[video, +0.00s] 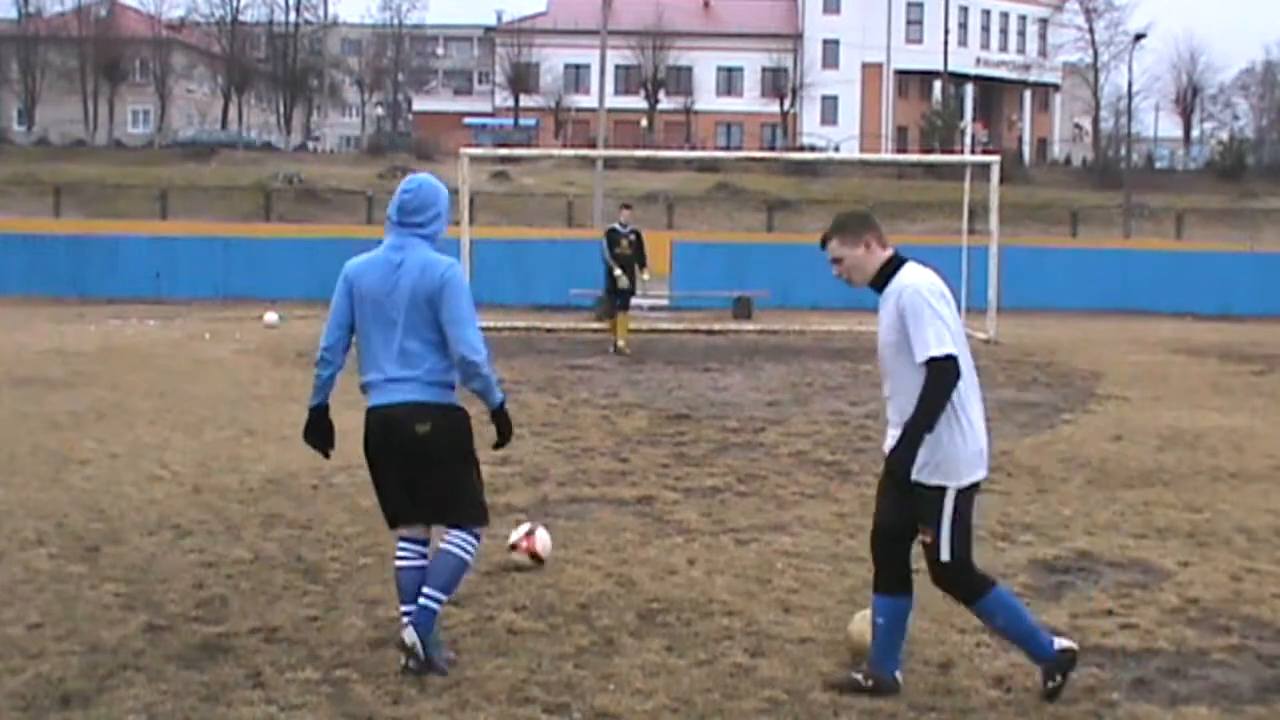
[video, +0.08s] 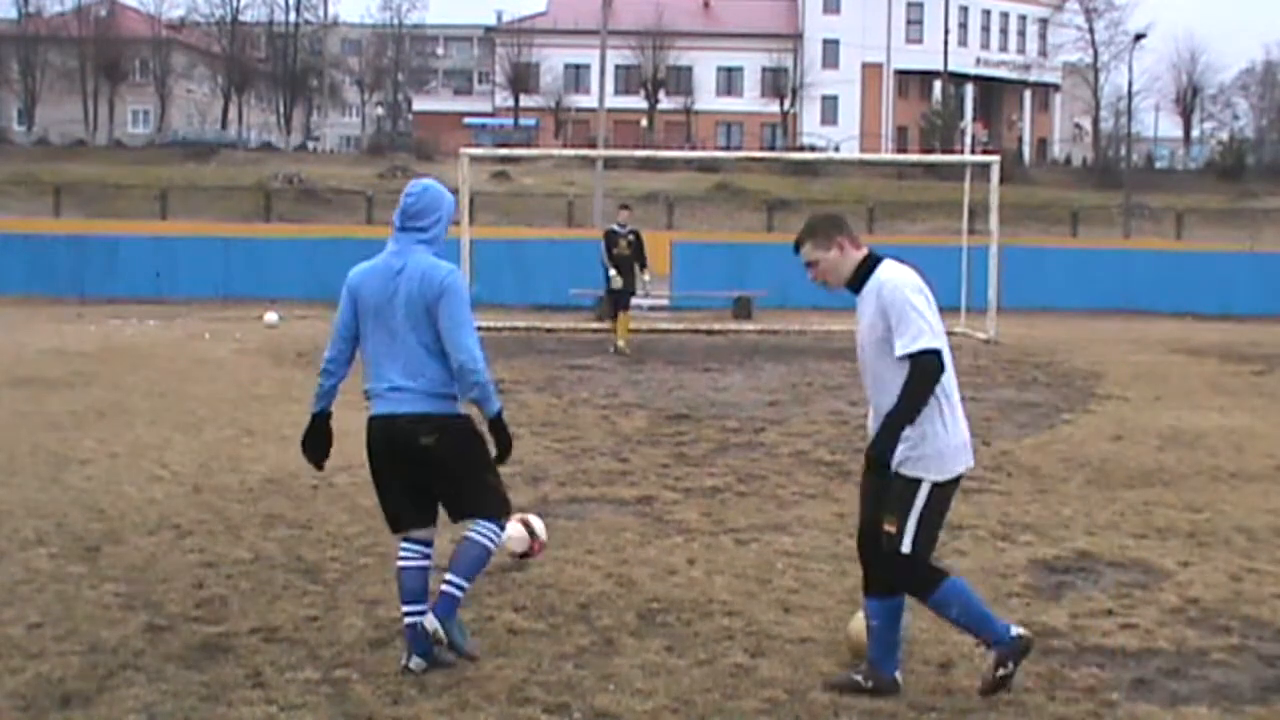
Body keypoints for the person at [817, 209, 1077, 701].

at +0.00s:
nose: (838, 273)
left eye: (841, 261)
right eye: (833, 264)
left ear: (873, 245)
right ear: (868, 251)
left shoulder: (915, 288)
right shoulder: (894, 294)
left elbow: (943, 371)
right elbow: (928, 375)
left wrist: (904, 446)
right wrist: (905, 444)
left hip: (948, 456)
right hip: (910, 451)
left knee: (951, 569)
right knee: (889, 547)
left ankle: (1050, 653)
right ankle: (882, 670)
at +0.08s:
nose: (813, 276)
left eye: (815, 263)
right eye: (808, 267)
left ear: (845, 246)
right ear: (842, 252)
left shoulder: (896, 284)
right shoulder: (872, 293)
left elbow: (929, 365)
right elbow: (901, 372)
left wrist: (886, 437)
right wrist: (882, 441)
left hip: (930, 453)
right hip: (894, 450)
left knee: (903, 559)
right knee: (874, 555)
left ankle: (1005, 640)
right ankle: (881, 671)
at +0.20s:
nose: (784, 274)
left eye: (786, 261)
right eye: (778, 265)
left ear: (814, 241)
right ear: (808, 249)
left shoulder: (874, 278)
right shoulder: (839, 291)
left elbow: (915, 355)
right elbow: (861, 372)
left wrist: (872, 429)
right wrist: (839, 429)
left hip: (897, 444)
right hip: (865, 444)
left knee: (847, 546)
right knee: (865, 548)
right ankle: (881, 658)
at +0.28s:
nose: (765, 272)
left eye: (766, 260)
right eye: (760, 264)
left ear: (795, 241)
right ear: (789, 248)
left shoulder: (860, 280)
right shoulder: (810, 290)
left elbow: (904, 358)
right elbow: (834, 368)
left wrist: (861, 444)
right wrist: (807, 423)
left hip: (870, 446)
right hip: (838, 445)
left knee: (816, 543)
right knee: (860, 550)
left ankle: (826, 679)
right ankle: (882, 671)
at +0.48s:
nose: (711, 277)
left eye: (713, 265)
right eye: (707, 267)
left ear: (744, 249)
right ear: (737, 256)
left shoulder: (813, 295)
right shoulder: (746, 300)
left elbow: (859, 374)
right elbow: (755, 375)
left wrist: (836, 452)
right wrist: (718, 435)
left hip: (806, 459)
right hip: (773, 457)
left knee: (749, 556)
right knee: (819, 558)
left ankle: (704, 691)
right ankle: (875, 665)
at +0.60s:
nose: (680, 267)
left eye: (682, 256)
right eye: (675, 259)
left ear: (713, 242)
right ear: (702, 248)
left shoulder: (776, 292)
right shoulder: (709, 292)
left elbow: (817, 374)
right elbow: (713, 369)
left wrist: (781, 452)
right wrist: (678, 432)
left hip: (763, 456)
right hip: (729, 455)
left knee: (711, 558)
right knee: (750, 563)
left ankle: (693, 697)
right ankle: (836, 639)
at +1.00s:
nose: (591, 254)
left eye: (593, 242)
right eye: (586, 244)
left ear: (626, 225)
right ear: (618, 232)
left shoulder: (689, 279)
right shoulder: (624, 281)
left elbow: (724, 362)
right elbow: (632, 361)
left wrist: (642, 390)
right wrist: (601, 410)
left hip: (684, 445)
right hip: (641, 445)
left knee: (628, 552)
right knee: (680, 558)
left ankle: (646, 694)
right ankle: (707, 682)